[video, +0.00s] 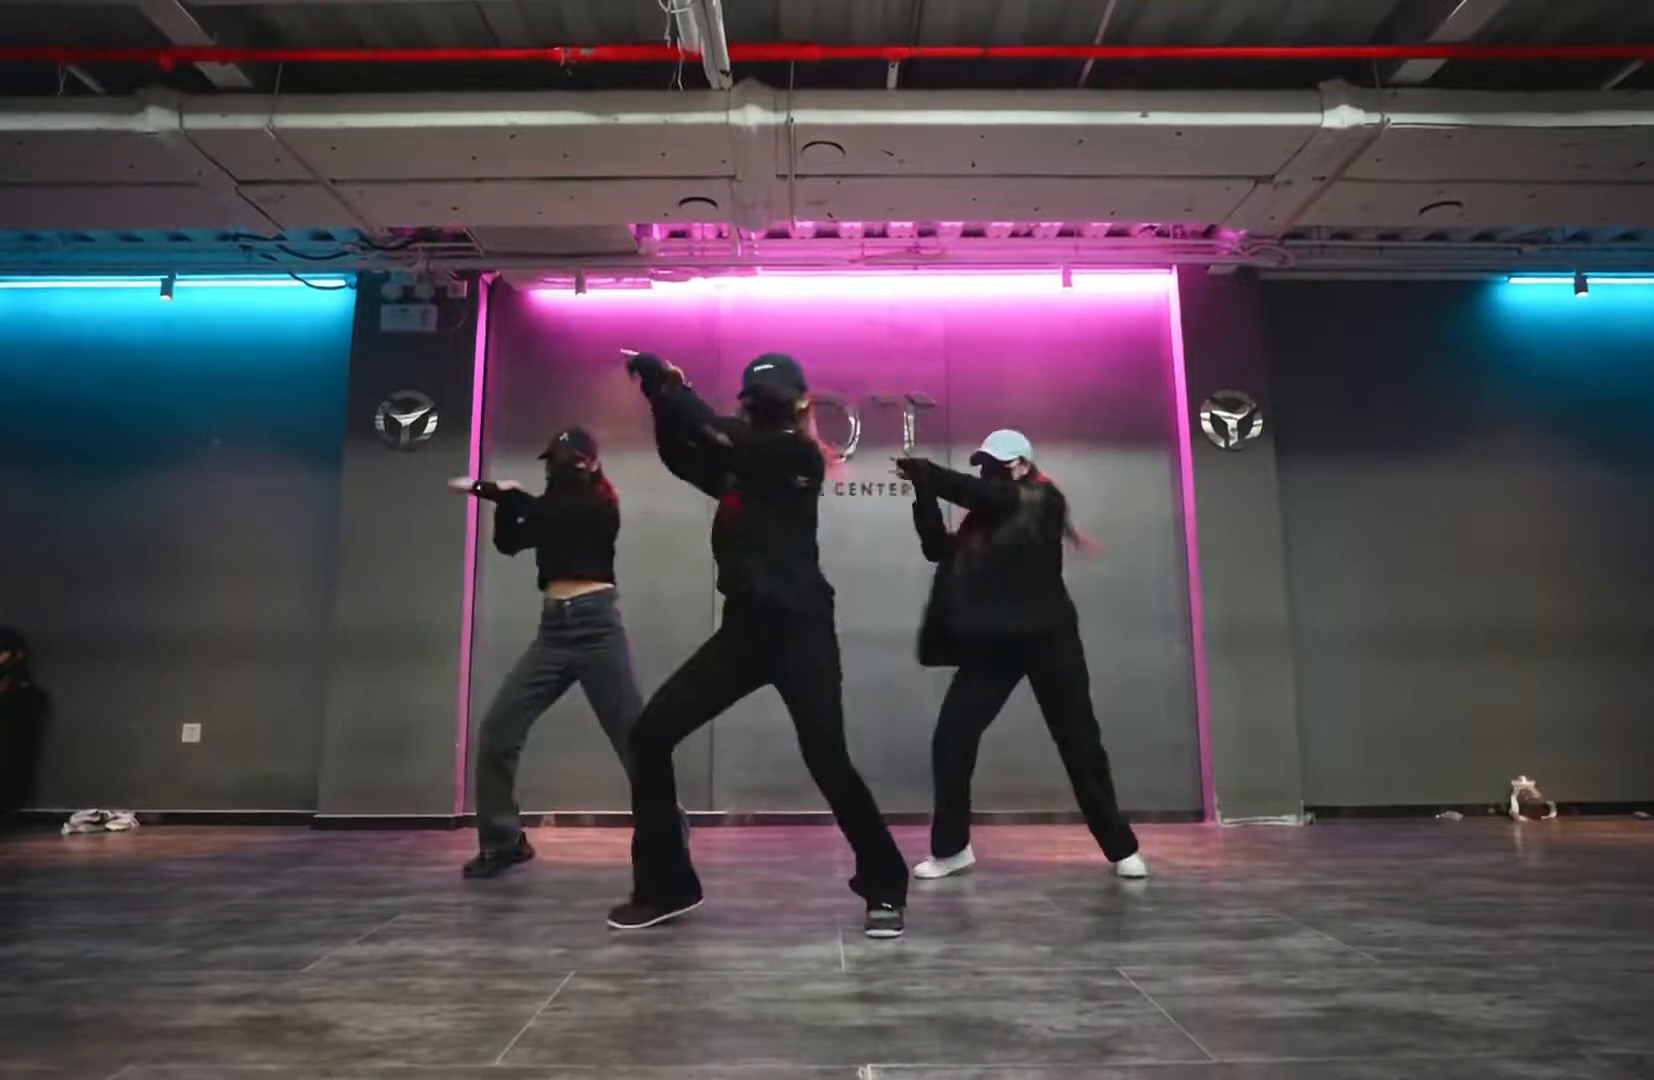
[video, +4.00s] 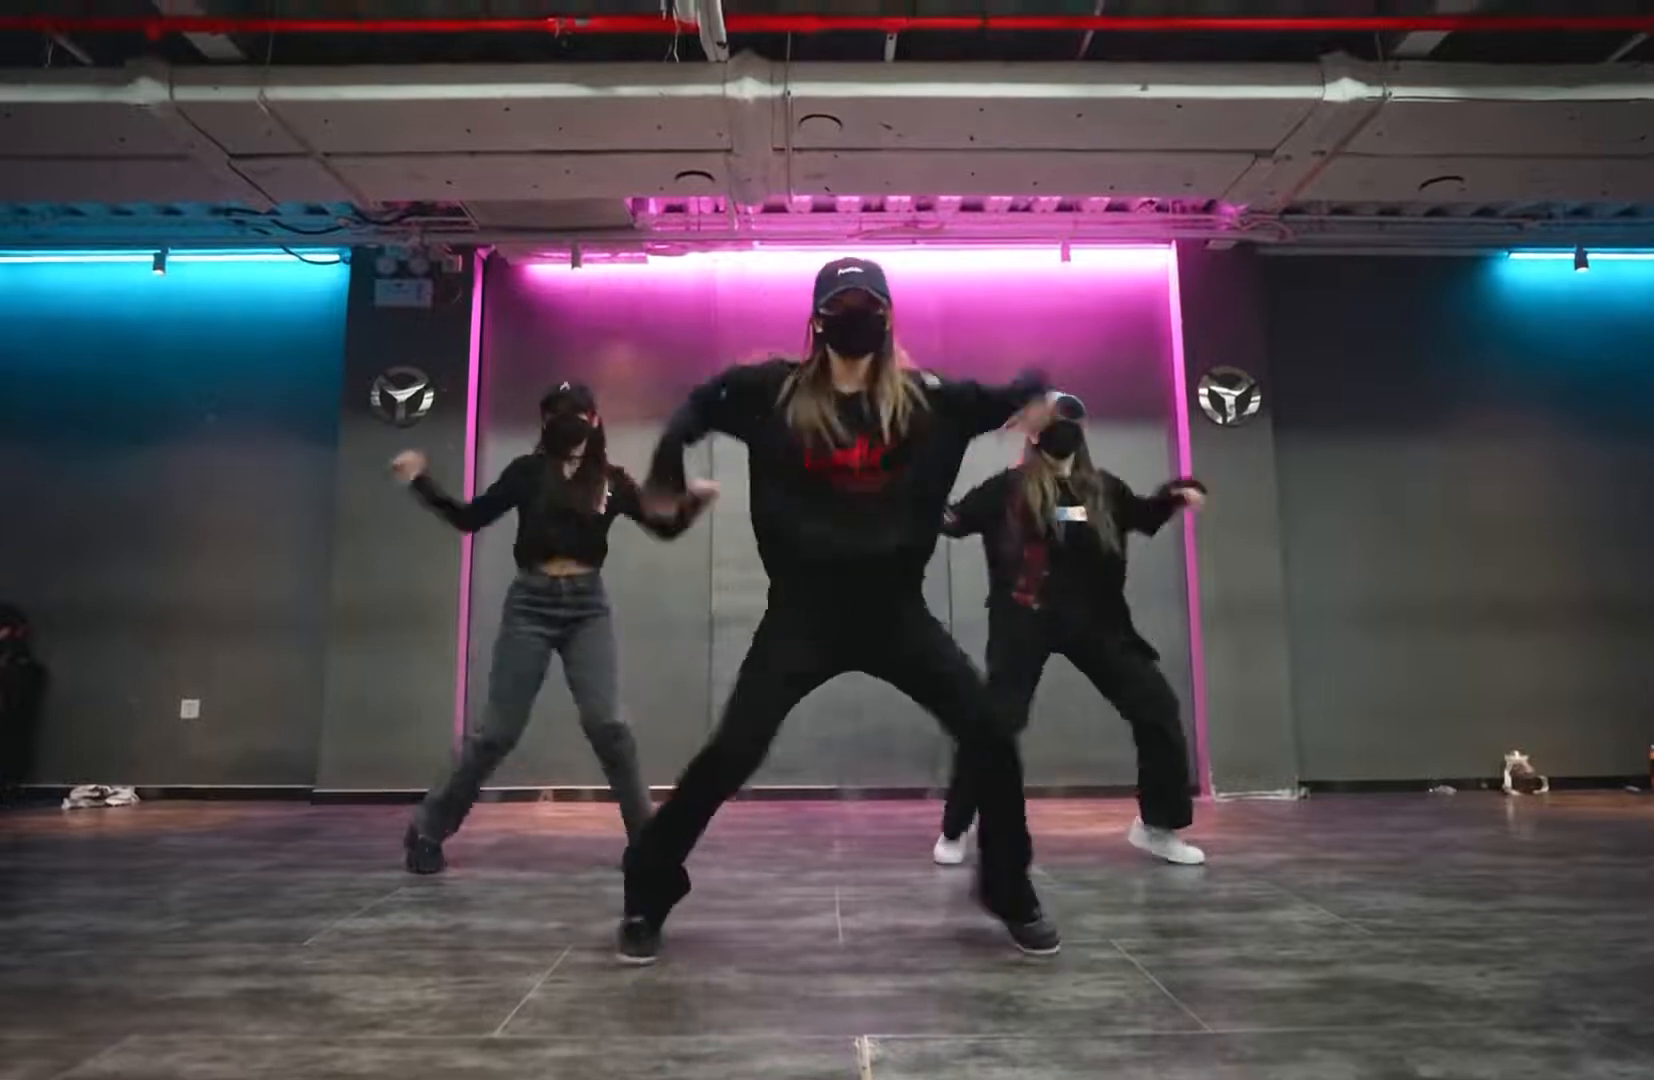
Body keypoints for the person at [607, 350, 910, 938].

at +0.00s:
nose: (748, 407)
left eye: (760, 399)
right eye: (748, 399)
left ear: (785, 401)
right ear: (751, 402)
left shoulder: (800, 454)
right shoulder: (739, 460)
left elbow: (722, 433)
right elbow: (679, 457)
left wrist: (669, 384)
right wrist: (661, 401)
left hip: (800, 630)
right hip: (745, 630)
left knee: (826, 760)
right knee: (649, 738)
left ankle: (887, 888)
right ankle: (666, 887)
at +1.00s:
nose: (834, 355)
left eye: (844, 345)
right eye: (824, 343)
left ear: (861, 341)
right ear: (807, 339)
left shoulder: (889, 401)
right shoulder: (784, 392)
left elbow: (915, 480)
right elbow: (726, 349)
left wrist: (922, 551)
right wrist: (752, 284)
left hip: (887, 559)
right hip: (819, 558)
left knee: (881, 694)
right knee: (812, 699)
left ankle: (884, 839)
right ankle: (812, 850)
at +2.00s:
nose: (830, 369)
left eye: (842, 356)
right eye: (817, 357)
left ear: (858, 360)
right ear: (795, 362)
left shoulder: (864, 437)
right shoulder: (773, 433)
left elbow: (865, 541)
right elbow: (779, 532)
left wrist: (835, 627)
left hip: (859, 632)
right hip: (777, 635)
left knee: (967, 744)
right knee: (693, 765)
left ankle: (993, 913)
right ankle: (660, 898)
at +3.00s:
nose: (825, 365)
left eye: (837, 352)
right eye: (813, 352)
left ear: (855, 355)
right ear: (793, 356)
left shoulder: (888, 428)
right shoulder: (769, 438)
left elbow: (922, 513)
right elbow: (772, 544)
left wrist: (910, 572)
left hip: (875, 626)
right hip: (791, 629)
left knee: (945, 766)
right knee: (734, 769)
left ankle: (1017, 890)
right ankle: (646, 900)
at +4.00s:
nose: (856, 319)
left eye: (868, 307)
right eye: (841, 308)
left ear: (888, 318)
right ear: (818, 320)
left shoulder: (932, 402)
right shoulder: (771, 393)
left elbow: (1021, 394)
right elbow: (693, 414)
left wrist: (1036, 402)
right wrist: (665, 486)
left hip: (898, 620)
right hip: (801, 622)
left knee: (989, 730)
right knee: (735, 752)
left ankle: (1008, 886)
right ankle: (646, 891)